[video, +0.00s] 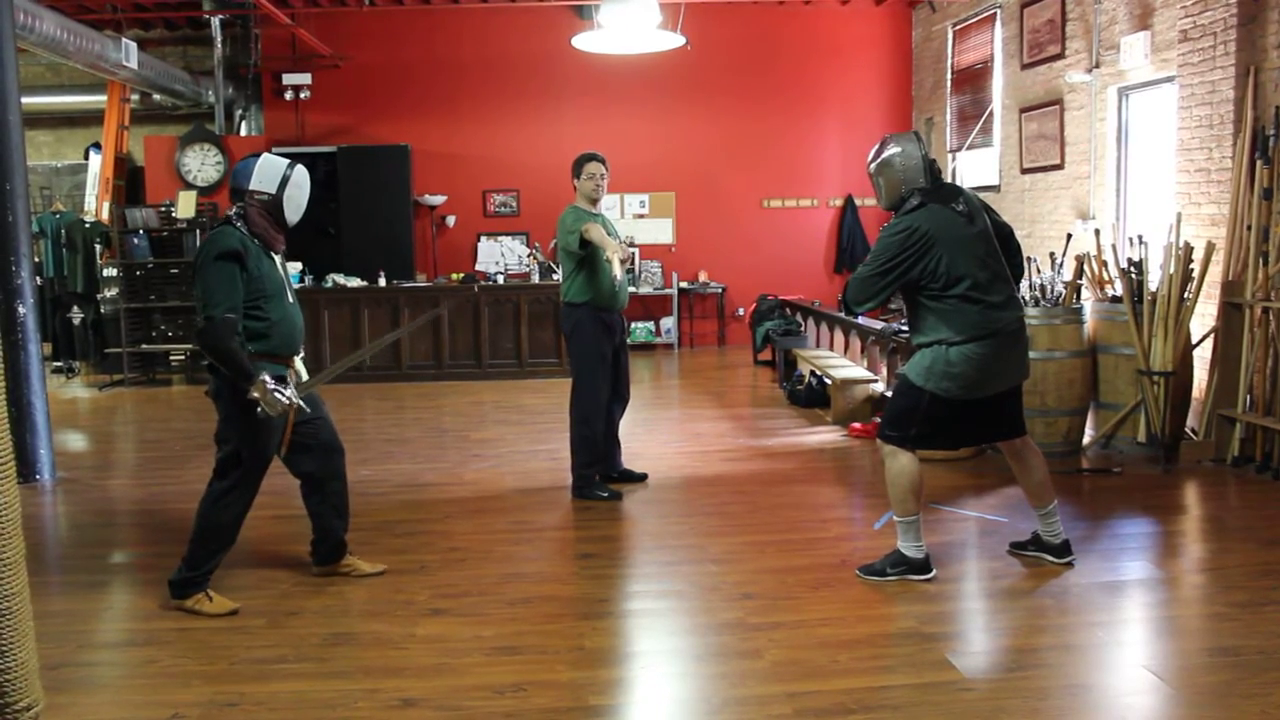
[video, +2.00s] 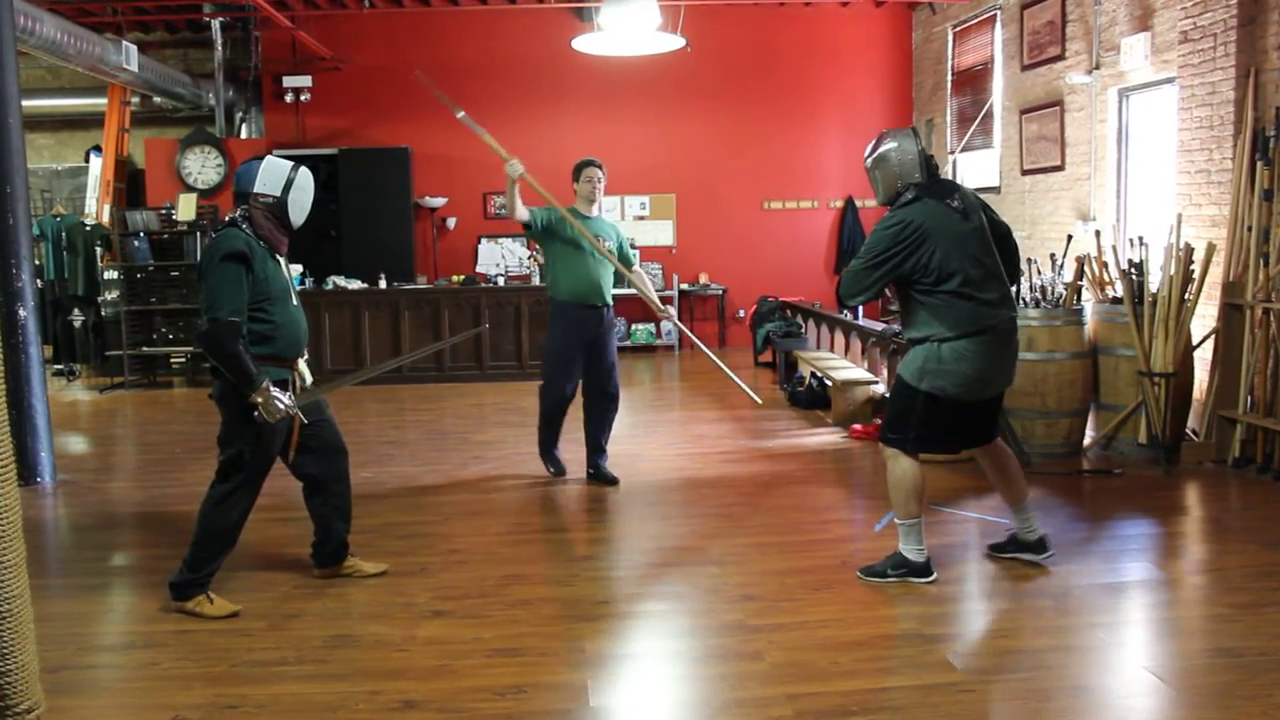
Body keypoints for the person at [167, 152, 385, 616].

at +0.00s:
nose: (294, 208)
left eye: (294, 199)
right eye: (290, 198)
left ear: (259, 193)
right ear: (267, 194)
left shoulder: (263, 242)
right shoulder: (228, 244)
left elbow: (270, 309)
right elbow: (217, 330)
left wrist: (290, 358)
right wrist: (256, 383)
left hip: (284, 375)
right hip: (249, 379)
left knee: (325, 458)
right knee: (235, 481)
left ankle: (331, 554)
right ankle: (189, 585)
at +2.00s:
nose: (295, 212)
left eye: (295, 203)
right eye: (291, 201)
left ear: (260, 197)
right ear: (269, 197)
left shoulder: (263, 244)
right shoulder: (233, 246)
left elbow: (270, 312)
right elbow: (220, 332)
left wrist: (294, 359)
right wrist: (256, 390)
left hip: (286, 378)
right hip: (253, 381)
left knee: (328, 458)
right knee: (237, 482)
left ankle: (332, 556)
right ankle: (190, 587)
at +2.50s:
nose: (331, 206)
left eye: (331, 197)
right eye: (327, 196)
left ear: (295, 194)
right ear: (303, 193)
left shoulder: (299, 242)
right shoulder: (264, 241)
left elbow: (304, 308)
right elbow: (253, 324)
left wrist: (323, 354)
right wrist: (285, 379)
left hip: (313, 371)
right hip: (282, 375)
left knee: (344, 460)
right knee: (273, 473)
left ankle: (335, 554)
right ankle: (204, 575)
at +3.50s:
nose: (340, 213)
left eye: (338, 206)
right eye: (336, 205)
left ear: (290, 204)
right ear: (320, 204)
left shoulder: (260, 248)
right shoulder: (332, 239)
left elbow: (223, 285)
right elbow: (403, 240)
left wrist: (260, 319)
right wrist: (453, 209)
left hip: (285, 373)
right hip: (315, 374)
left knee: (337, 446)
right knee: (296, 473)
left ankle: (313, 546)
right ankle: (234, 583)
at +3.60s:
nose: (351, 206)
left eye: (349, 200)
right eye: (347, 199)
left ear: (301, 201)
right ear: (333, 199)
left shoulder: (273, 246)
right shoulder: (347, 231)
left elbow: (242, 284)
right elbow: (416, 234)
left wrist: (279, 322)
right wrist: (463, 203)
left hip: (293, 371)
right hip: (332, 368)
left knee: (321, 460)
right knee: (337, 465)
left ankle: (317, 544)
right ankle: (264, 552)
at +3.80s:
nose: (383, 195)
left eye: (380, 190)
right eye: (379, 189)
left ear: (336, 191)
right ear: (366, 190)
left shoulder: (312, 234)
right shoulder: (382, 219)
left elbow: (274, 275)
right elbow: (446, 234)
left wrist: (310, 310)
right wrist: (500, 233)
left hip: (331, 359)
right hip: (376, 353)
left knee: (341, 453)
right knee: (411, 448)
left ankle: (309, 548)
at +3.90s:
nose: (419, 198)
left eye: (416, 194)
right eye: (415, 192)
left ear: (369, 197)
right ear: (402, 192)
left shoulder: (347, 237)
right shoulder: (418, 225)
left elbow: (308, 277)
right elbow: (482, 243)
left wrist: (348, 313)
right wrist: (545, 244)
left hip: (377, 357)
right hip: (425, 354)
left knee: (373, 450)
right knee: (462, 447)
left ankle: (328, 544)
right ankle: (490, 544)